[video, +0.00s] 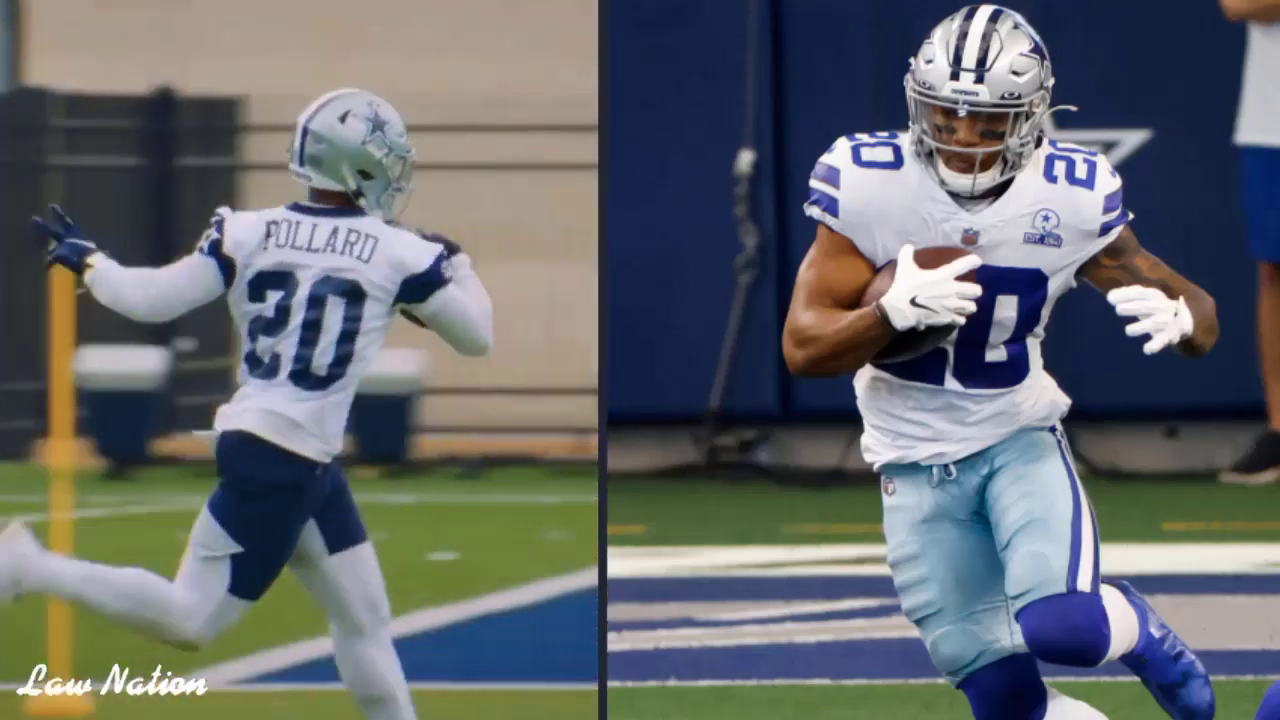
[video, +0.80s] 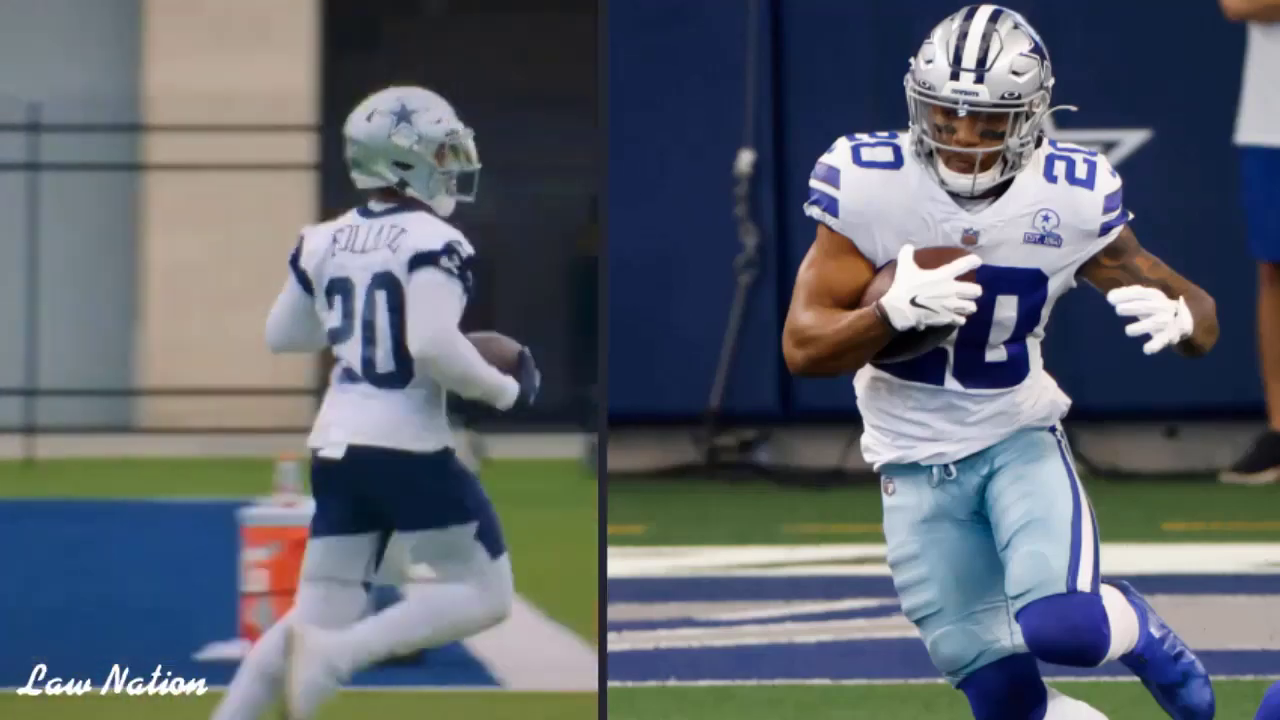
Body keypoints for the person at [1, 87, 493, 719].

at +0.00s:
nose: (399, 171)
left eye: (396, 159)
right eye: (392, 161)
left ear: (308, 159)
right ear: (374, 169)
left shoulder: (246, 231)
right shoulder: (395, 252)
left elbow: (152, 299)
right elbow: (477, 336)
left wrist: (87, 261)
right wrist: (455, 262)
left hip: (263, 441)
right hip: (285, 453)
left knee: (363, 622)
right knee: (192, 619)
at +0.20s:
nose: (371, 161)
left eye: (370, 149)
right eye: (364, 150)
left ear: (283, 154)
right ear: (340, 161)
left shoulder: (232, 226)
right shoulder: (372, 242)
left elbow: (158, 307)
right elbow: (472, 317)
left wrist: (237, 282)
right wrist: (483, 252)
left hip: (234, 451)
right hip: (321, 454)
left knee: (180, 603)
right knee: (427, 578)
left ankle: (62, 704)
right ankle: (300, 696)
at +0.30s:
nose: (400, 162)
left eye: (396, 149)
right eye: (393, 151)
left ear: (306, 153)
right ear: (372, 160)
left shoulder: (255, 224)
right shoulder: (392, 250)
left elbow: (191, 317)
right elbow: (485, 331)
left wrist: (206, 344)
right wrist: (495, 256)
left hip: (246, 440)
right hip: (330, 452)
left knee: (192, 600)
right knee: (414, 608)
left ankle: (36, 570)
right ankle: (457, 717)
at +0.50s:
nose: (424, 150)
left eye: (419, 140)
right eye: (419, 140)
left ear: (339, 139)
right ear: (412, 147)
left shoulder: (293, 217)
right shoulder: (445, 230)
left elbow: (217, 293)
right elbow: (498, 321)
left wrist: (200, 356)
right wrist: (446, 290)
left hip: (314, 429)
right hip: (356, 443)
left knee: (413, 582)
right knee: (291, 606)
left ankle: (278, 695)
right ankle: (177, 711)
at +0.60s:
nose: (435, 145)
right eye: (431, 136)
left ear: (354, 135)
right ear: (425, 143)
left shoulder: (311, 219)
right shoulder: (458, 228)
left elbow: (258, 304)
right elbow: (497, 349)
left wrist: (254, 358)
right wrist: (473, 322)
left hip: (350, 430)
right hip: (372, 437)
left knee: (428, 597)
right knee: (291, 595)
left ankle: (450, 716)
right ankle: (117, 575)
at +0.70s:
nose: (445, 179)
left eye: (442, 168)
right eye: (439, 169)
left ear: (357, 175)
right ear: (423, 178)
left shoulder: (313, 260)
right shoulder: (454, 263)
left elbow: (254, 350)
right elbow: (478, 381)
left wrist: (300, 346)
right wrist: (522, 407)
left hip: (334, 457)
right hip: (387, 466)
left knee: (424, 615)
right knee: (363, 641)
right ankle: (226, 549)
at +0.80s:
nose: (452, 167)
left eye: (450, 155)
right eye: (439, 156)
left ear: (370, 164)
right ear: (404, 165)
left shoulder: (324, 239)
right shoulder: (437, 241)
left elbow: (285, 332)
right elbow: (433, 342)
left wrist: (370, 311)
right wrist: (504, 388)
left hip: (335, 452)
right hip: (410, 454)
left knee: (321, 615)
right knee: (485, 596)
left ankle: (232, 712)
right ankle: (334, 654)